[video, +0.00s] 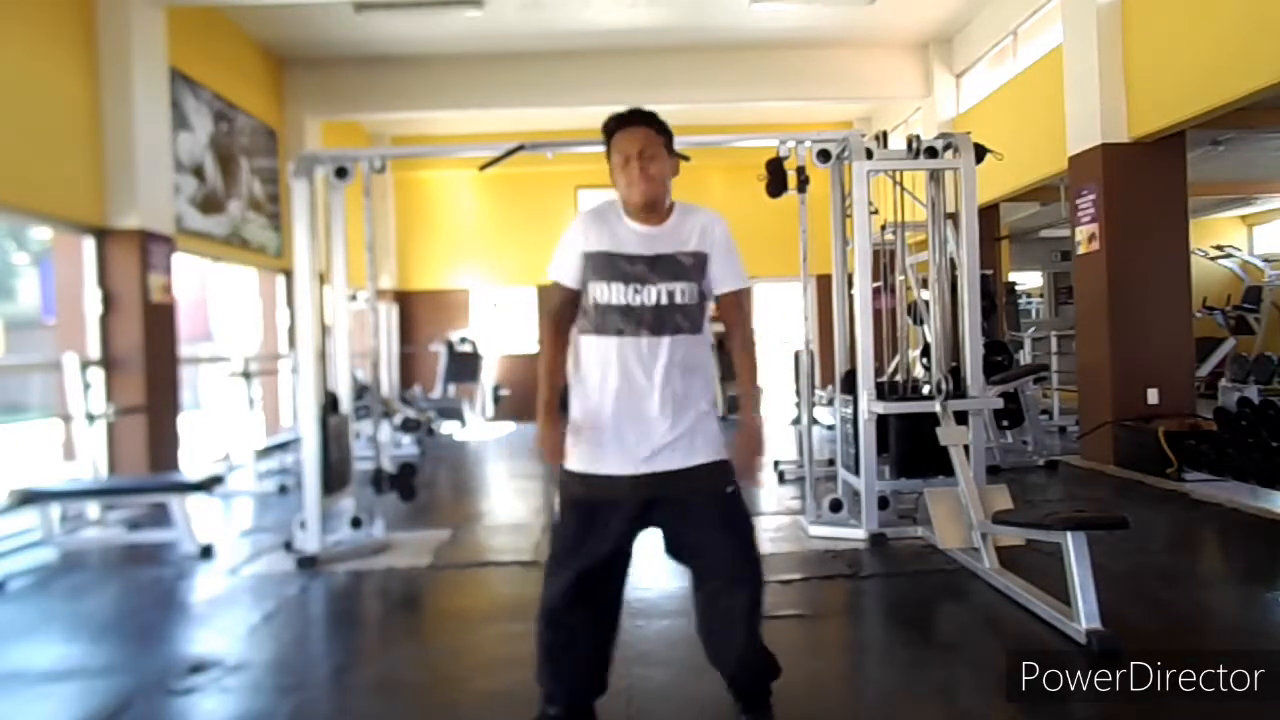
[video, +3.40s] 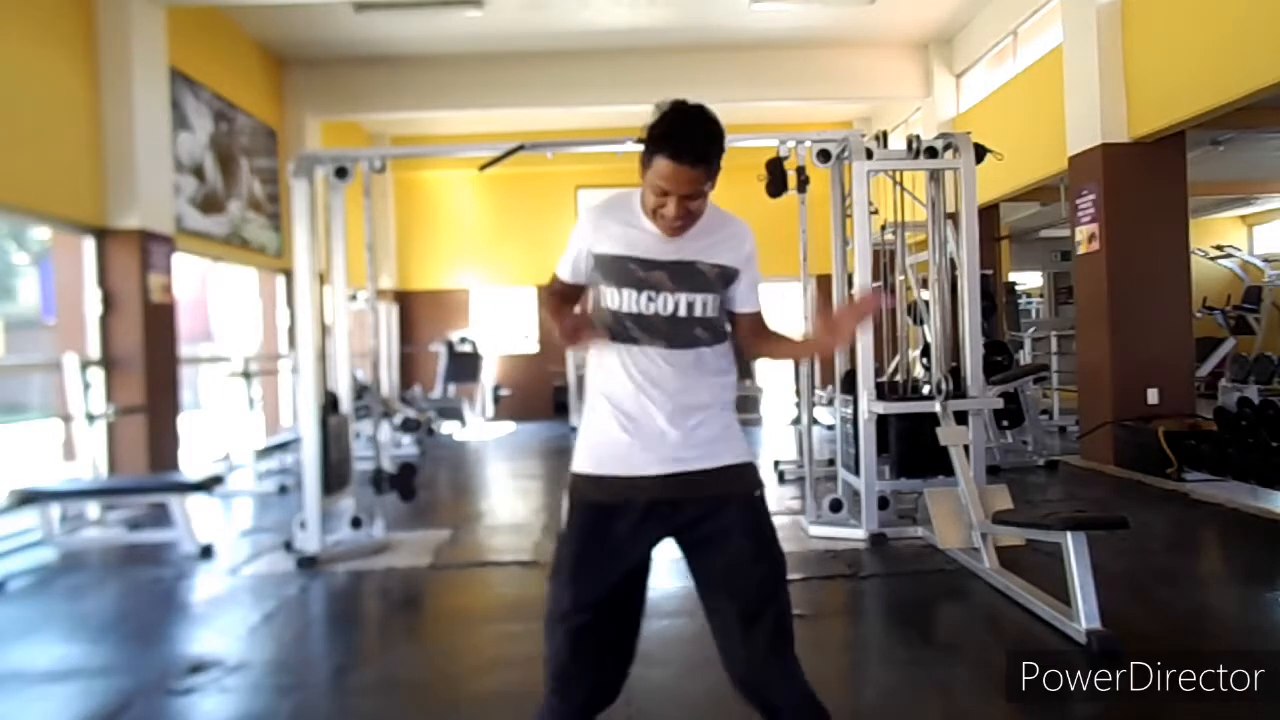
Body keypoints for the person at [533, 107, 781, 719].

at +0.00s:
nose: (639, 167)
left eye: (649, 155)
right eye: (626, 159)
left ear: (674, 163)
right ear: (611, 172)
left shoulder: (707, 230)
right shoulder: (586, 232)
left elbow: (738, 325)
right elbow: (556, 324)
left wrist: (748, 414)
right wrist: (548, 414)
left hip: (692, 448)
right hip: (600, 451)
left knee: (733, 578)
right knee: (574, 598)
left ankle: (753, 694)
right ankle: (565, 708)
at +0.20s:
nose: (617, 217)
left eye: (625, 201)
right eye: (608, 206)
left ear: (664, 178)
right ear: (603, 200)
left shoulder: (728, 242)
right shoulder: (601, 259)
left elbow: (766, 328)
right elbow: (563, 353)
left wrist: (738, 325)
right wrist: (497, 386)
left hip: (700, 485)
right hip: (601, 480)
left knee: (742, 650)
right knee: (556, 624)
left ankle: (766, 712)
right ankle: (556, 710)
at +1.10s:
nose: (647, 149)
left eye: (661, 135)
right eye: (629, 137)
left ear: (682, 148)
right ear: (610, 155)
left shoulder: (723, 232)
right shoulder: (585, 231)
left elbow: (741, 329)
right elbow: (539, 318)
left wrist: (814, 329)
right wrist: (558, 336)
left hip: (715, 479)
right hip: (608, 482)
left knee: (769, 664)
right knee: (575, 672)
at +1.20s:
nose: (650, 159)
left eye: (664, 144)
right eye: (633, 147)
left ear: (683, 156)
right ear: (613, 164)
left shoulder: (725, 240)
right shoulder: (587, 249)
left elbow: (769, 333)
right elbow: (531, 337)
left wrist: (816, 396)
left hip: (710, 484)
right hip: (601, 490)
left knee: (783, 656)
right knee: (567, 674)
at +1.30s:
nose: (657, 157)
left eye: (670, 142)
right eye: (639, 147)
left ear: (693, 154)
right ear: (620, 167)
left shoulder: (731, 233)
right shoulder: (594, 249)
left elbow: (757, 321)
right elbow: (547, 333)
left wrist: (758, 338)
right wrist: (485, 360)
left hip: (717, 491)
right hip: (608, 492)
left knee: (766, 678)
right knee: (565, 676)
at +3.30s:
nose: (675, 211)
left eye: (692, 198)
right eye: (661, 196)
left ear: (715, 178)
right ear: (642, 172)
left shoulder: (748, 235)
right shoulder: (608, 227)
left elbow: (771, 331)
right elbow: (563, 315)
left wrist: (805, 294)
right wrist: (531, 316)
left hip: (720, 483)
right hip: (612, 475)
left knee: (755, 679)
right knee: (551, 654)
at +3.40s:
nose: (674, 210)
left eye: (690, 197)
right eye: (661, 194)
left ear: (712, 180)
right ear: (641, 169)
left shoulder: (733, 238)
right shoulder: (601, 220)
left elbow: (752, 337)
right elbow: (558, 296)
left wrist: (815, 344)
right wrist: (564, 326)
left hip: (716, 471)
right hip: (610, 474)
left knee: (764, 662)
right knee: (576, 670)